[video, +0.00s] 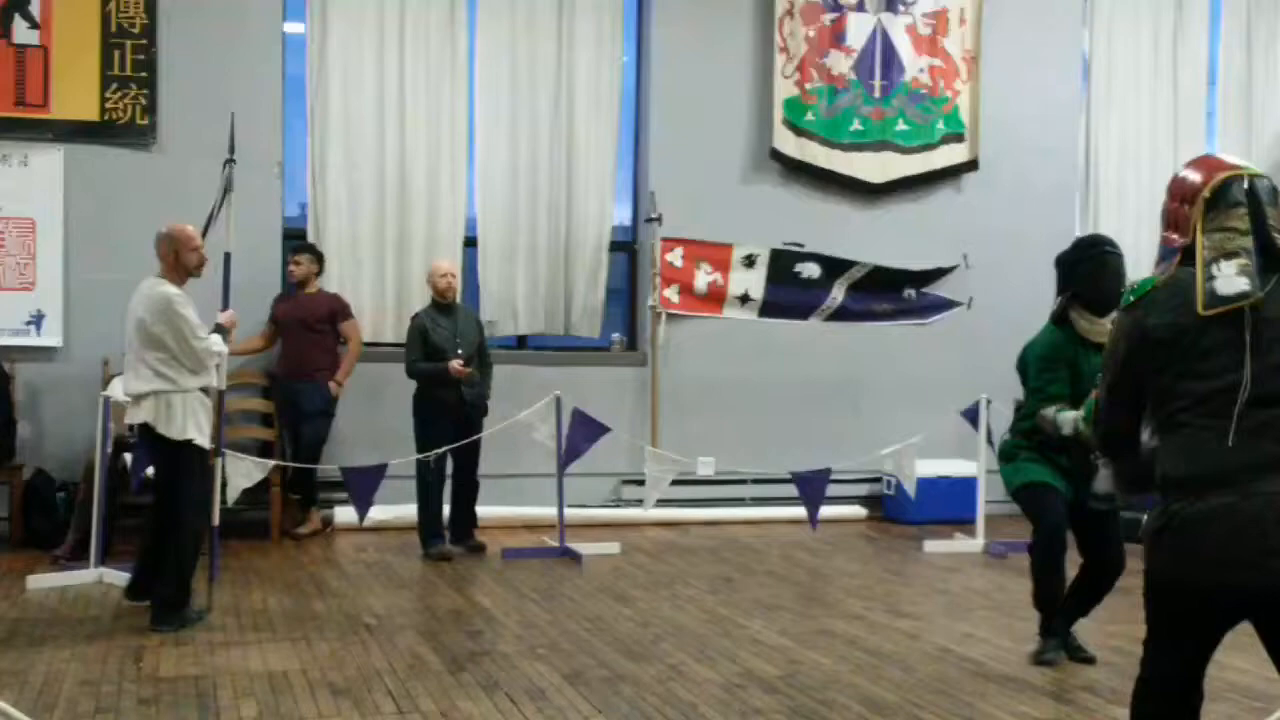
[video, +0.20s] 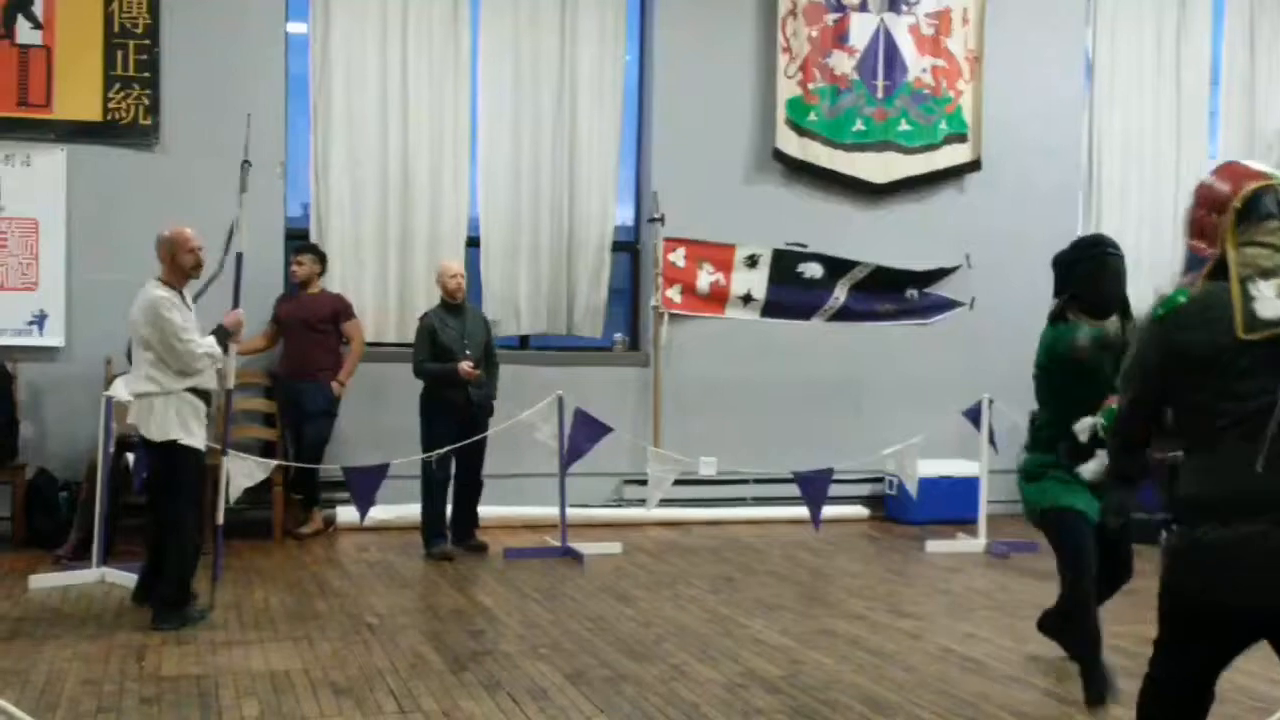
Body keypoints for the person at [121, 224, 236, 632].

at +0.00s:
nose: (203, 256)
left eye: (202, 249)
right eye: (195, 251)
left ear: (172, 257)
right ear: (172, 257)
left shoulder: (149, 293)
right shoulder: (170, 300)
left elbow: (183, 350)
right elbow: (205, 356)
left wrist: (212, 337)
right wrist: (223, 331)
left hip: (155, 412)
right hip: (177, 416)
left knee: (170, 505)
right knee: (189, 514)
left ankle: (144, 583)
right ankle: (170, 609)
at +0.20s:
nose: (201, 258)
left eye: (200, 251)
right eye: (193, 252)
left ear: (181, 259)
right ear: (171, 259)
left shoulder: (173, 300)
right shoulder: (159, 303)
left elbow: (191, 358)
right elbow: (190, 357)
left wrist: (222, 345)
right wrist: (223, 335)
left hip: (174, 412)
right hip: (170, 416)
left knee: (171, 509)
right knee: (182, 514)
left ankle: (153, 586)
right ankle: (170, 606)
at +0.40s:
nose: (196, 253)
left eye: (196, 247)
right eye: (187, 248)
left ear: (192, 253)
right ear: (165, 255)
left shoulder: (193, 294)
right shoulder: (147, 298)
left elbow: (202, 350)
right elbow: (173, 354)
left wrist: (223, 344)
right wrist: (220, 332)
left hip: (183, 407)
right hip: (154, 409)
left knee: (182, 502)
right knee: (166, 503)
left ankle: (167, 585)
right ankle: (153, 596)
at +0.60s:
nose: (188, 250)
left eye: (190, 243)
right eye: (179, 244)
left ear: (192, 249)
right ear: (159, 252)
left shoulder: (194, 293)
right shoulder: (140, 294)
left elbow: (210, 359)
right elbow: (161, 351)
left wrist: (224, 341)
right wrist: (212, 330)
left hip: (179, 414)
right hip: (139, 412)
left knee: (174, 504)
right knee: (128, 506)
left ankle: (160, 584)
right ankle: (111, 595)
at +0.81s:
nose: (177, 249)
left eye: (179, 242)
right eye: (167, 243)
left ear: (182, 247)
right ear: (146, 249)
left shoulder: (181, 294)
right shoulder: (127, 292)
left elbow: (192, 356)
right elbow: (150, 348)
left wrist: (213, 345)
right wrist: (201, 328)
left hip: (170, 413)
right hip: (128, 410)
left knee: (165, 504)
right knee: (109, 504)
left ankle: (152, 584)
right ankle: (94, 593)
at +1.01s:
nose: (173, 249)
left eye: (176, 242)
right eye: (164, 242)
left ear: (178, 248)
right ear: (143, 249)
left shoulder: (177, 296)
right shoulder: (123, 291)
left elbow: (184, 362)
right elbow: (144, 349)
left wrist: (206, 347)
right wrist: (196, 329)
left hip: (167, 413)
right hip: (125, 410)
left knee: (161, 504)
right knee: (107, 503)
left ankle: (153, 584)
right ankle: (95, 593)